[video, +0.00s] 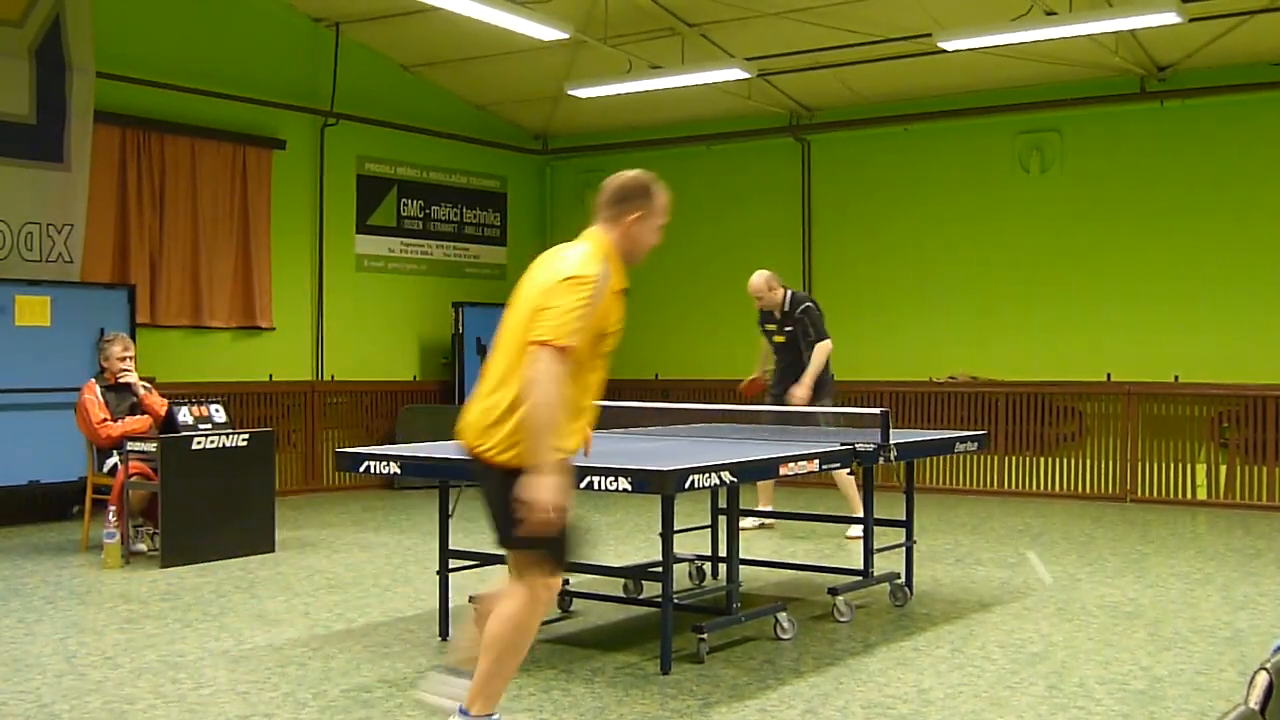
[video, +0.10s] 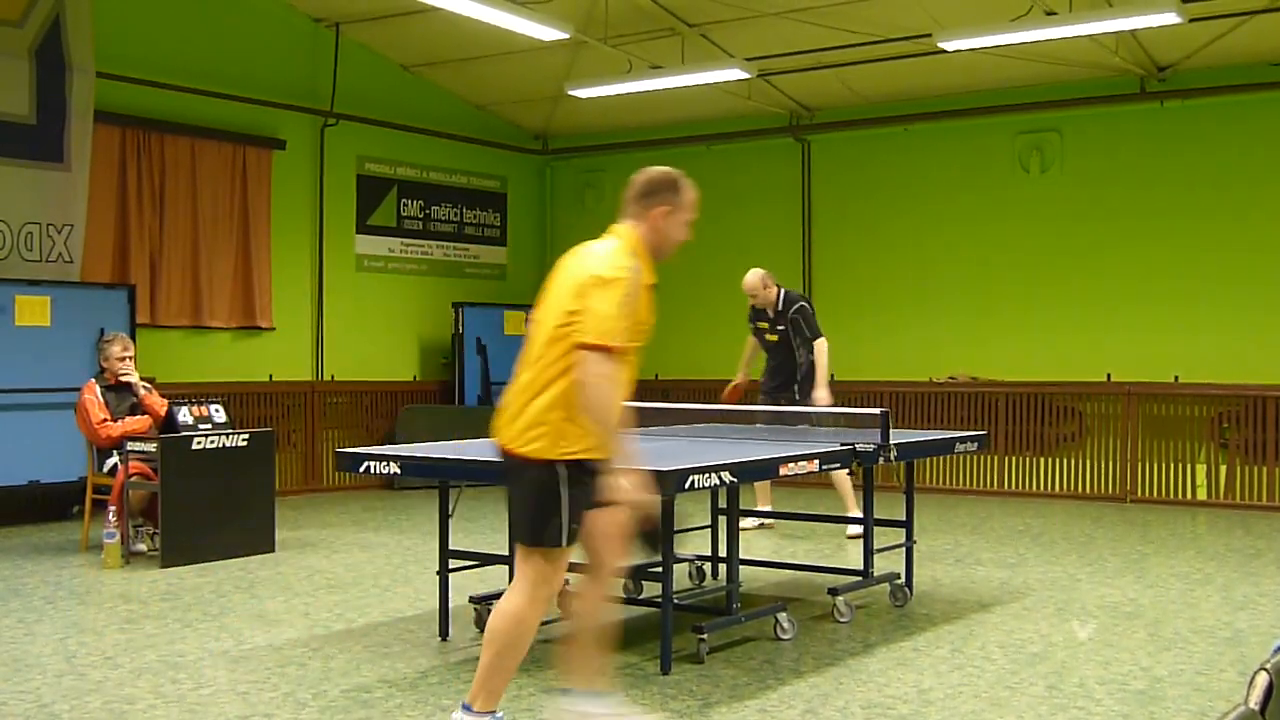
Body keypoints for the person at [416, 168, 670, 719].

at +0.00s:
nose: (659, 238)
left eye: (661, 226)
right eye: (658, 224)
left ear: (615, 215)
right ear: (632, 218)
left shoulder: (571, 258)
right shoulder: (588, 269)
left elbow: (535, 352)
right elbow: (548, 360)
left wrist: (560, 437)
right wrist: (546, 466)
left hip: (507, 440)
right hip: (520, 447)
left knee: (531, 576)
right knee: (537, 584)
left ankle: (457, 669)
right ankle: (477, 709)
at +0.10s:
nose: (689, 233)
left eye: (690, 220)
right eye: (686, 219)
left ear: (647, 212)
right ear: (658, 213)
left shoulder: (593, 256)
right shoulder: (618, 266)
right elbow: (597, 371)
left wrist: (621, 445)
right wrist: (625, 464)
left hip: (575, 439)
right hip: (548, 440)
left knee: (610, 556)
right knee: (537, 579)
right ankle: (477, 710)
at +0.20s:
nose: (735, 242)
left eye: (737, 229)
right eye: (732, 228)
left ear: (694, 221)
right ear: (703, 221)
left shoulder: (646, 264)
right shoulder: (666, 270)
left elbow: (588, 343)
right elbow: (669, 373)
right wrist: (734, 456)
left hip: (627, 456)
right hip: (598, 453)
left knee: (680, 573)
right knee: (554, 581)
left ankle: (721, 699)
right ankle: (482, 706)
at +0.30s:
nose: (765, 240)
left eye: (768, 229)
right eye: (763, 227)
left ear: (724, 219)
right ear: (737, 220)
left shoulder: (682, 269)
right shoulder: (698, 273)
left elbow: (629, 355)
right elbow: (708, 372)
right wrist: (786, 438)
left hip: (676, 457)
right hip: (642, 456)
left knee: (730, 566)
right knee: (614, 582)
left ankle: (739, 705)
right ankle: (506, 695)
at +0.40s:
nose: (815, 231)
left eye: (817, 219)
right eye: (813, 217)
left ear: (780, 207)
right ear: (786, 208)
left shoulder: (755, 259)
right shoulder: (748, 259)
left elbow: (737, 358)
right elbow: (754, 353)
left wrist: (769, 419)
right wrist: (829, 423)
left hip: (744, 446)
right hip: (717, 446)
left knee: (769, 562)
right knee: (742, 572)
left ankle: (743, 703)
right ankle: (606, 669)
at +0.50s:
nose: (847, 222)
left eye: (849, 210)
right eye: (844, 208)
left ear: (811, 198)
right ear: (815, 198)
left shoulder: (784, 250)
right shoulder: (780, 249)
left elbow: (784, 345)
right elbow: (780, 342)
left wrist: (825, 417)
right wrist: (844, 419)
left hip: (755, 436)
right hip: (762, 437)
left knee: (768, 569)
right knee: (809, 563)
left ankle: (743, 700)